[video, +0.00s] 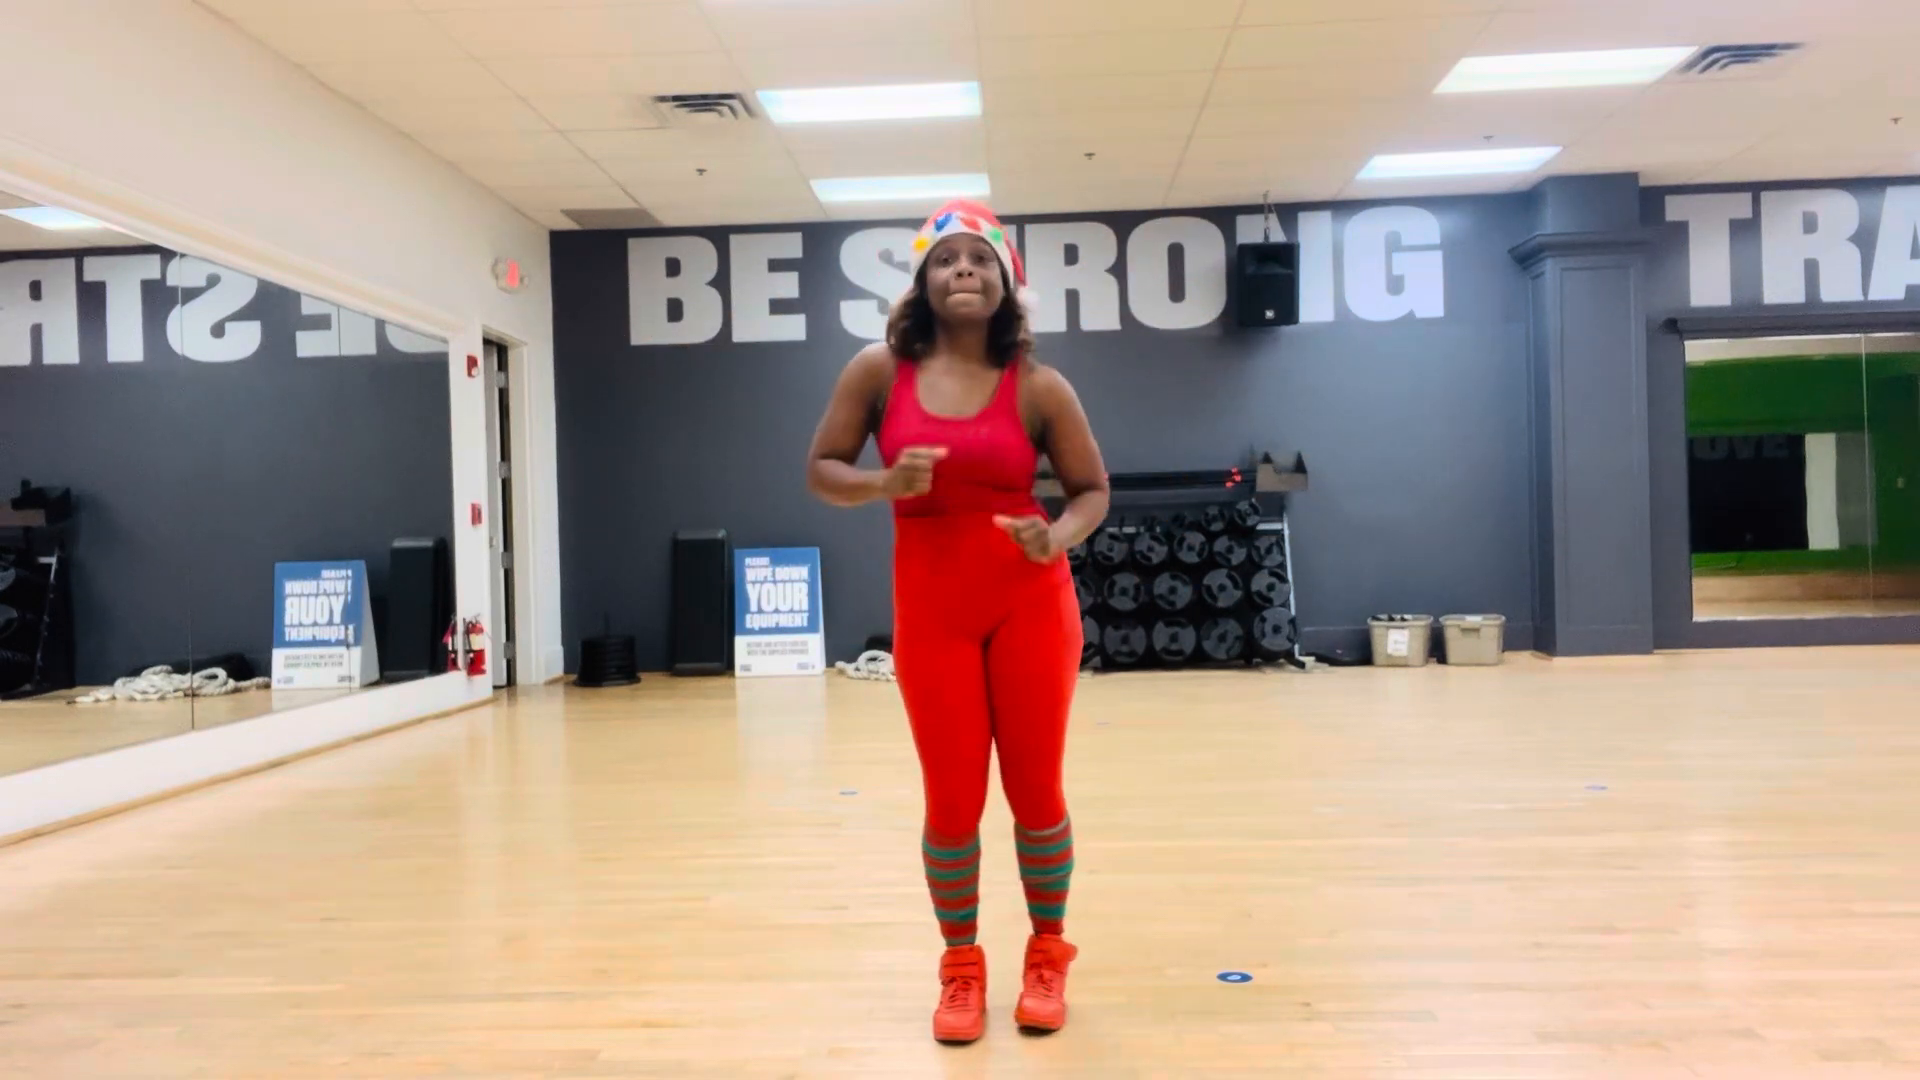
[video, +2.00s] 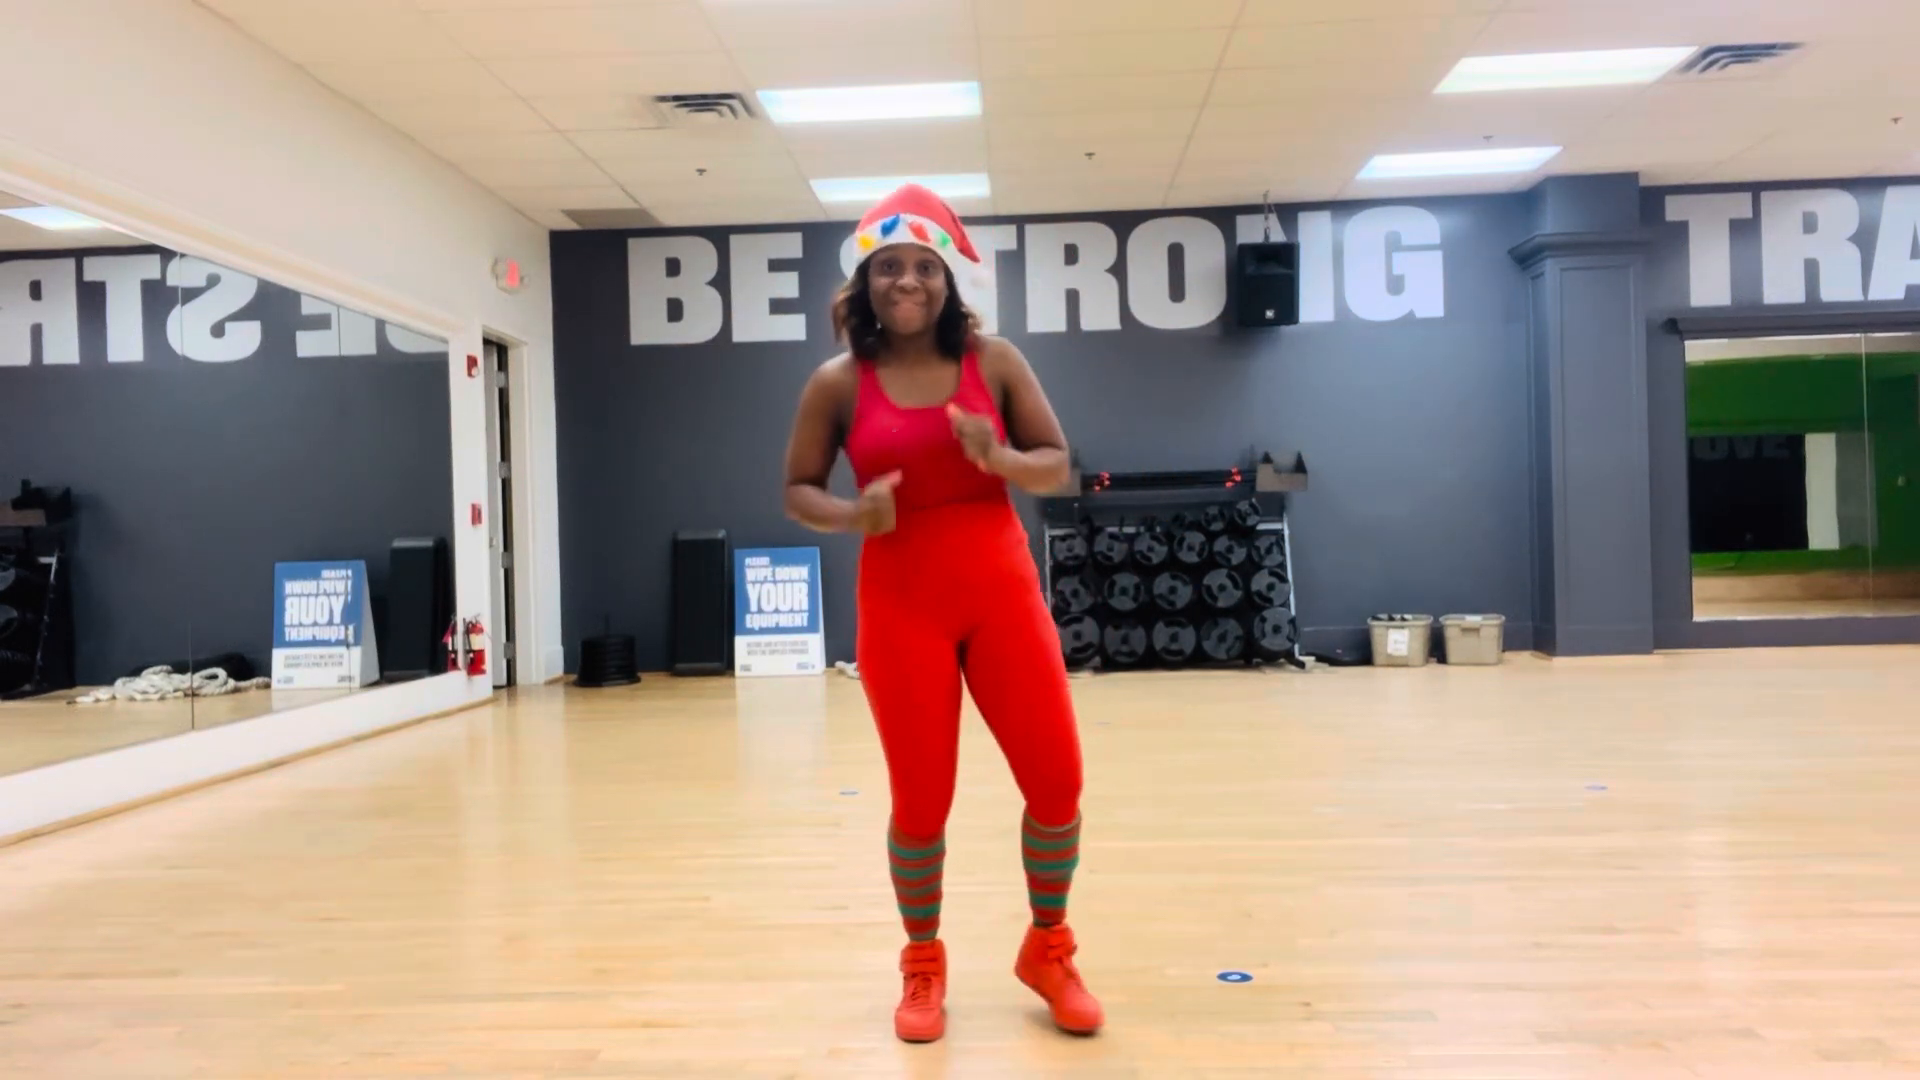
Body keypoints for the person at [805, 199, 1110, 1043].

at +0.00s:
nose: (966, 273)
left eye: (981, 262)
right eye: (949, 262)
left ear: (1003, 284)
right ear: (924, 284)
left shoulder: (1040, 388)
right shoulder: (878, 371)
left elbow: (1092, 490)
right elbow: (821, 471)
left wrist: (1060, 532)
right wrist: (880, 483)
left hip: (1031, 600)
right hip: (930, 609)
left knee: (1035, 790)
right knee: (952, 797)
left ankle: (1047, 959)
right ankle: (960, 968)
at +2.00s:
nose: (907, 281)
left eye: (923, 265)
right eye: (890, 267)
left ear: (949, 280)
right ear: (865, 286)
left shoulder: (993, 361)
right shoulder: (837, 384)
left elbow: (1058, 468)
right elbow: (796, 492)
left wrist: (1002, 460)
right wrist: (851, 514)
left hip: (1004, 593)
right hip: (902, 605)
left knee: (1057, 778)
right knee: (921, 798)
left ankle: (1048, 950)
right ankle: (922, 969)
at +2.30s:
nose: (930, 274)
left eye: (947, 260)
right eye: (914, 260)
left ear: (977, 274)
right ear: (894, 277)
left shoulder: (1023, 360)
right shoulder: (865, 377)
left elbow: (1086, 459)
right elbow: (824, 489)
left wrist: (1033, 475)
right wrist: (876, 490)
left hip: (1020, 594)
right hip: (916, 601)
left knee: (1047, 786)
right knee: (927, 794)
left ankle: (1077, 957)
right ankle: (925, 967)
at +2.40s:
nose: (949, 284)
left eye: (969, 271)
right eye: (934, 268)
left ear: (995, 288)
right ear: (913, 282)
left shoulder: (1035, 379)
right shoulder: (875, 378)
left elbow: (1089, 473)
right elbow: (823, 487)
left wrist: (1053, 506)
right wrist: (879, 475)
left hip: (1036, 604)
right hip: (932, 611)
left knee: (1053, 789)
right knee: (933, 804)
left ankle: (1090, 956)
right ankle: (928, 970)